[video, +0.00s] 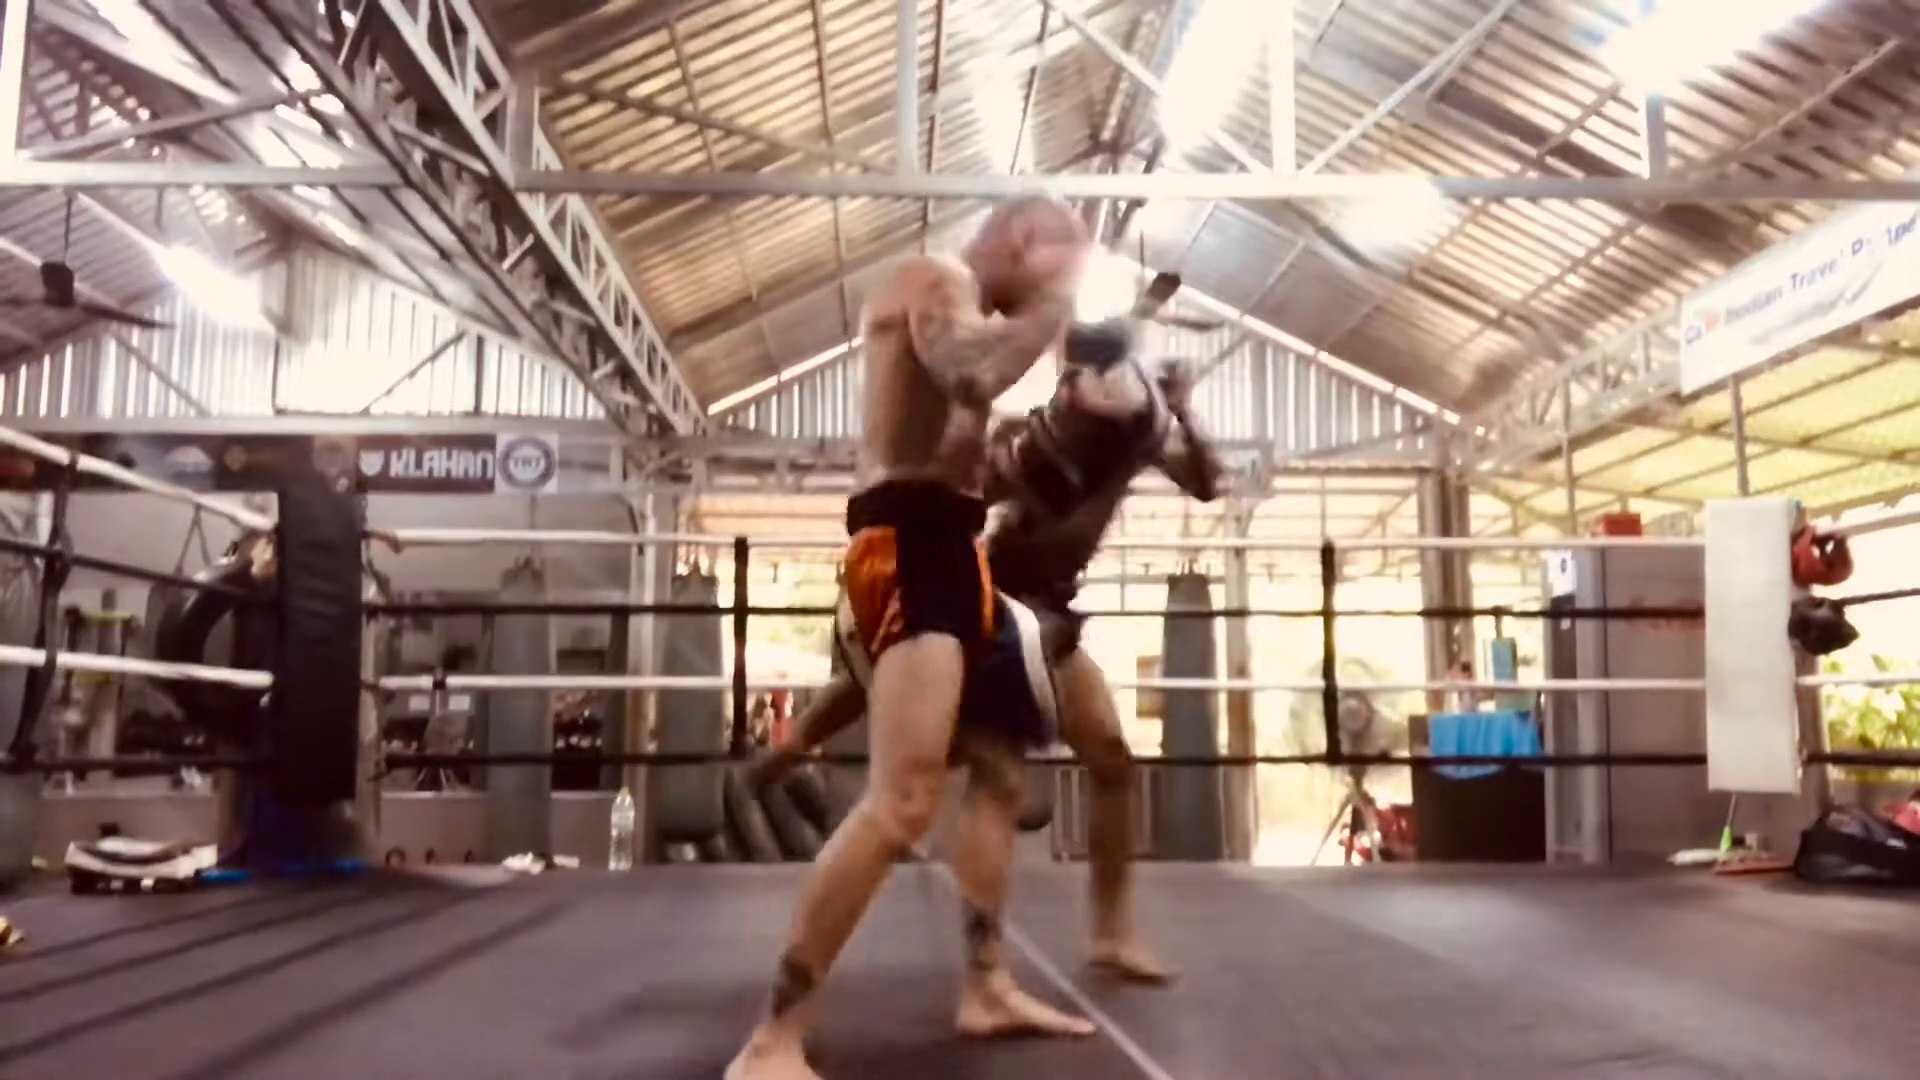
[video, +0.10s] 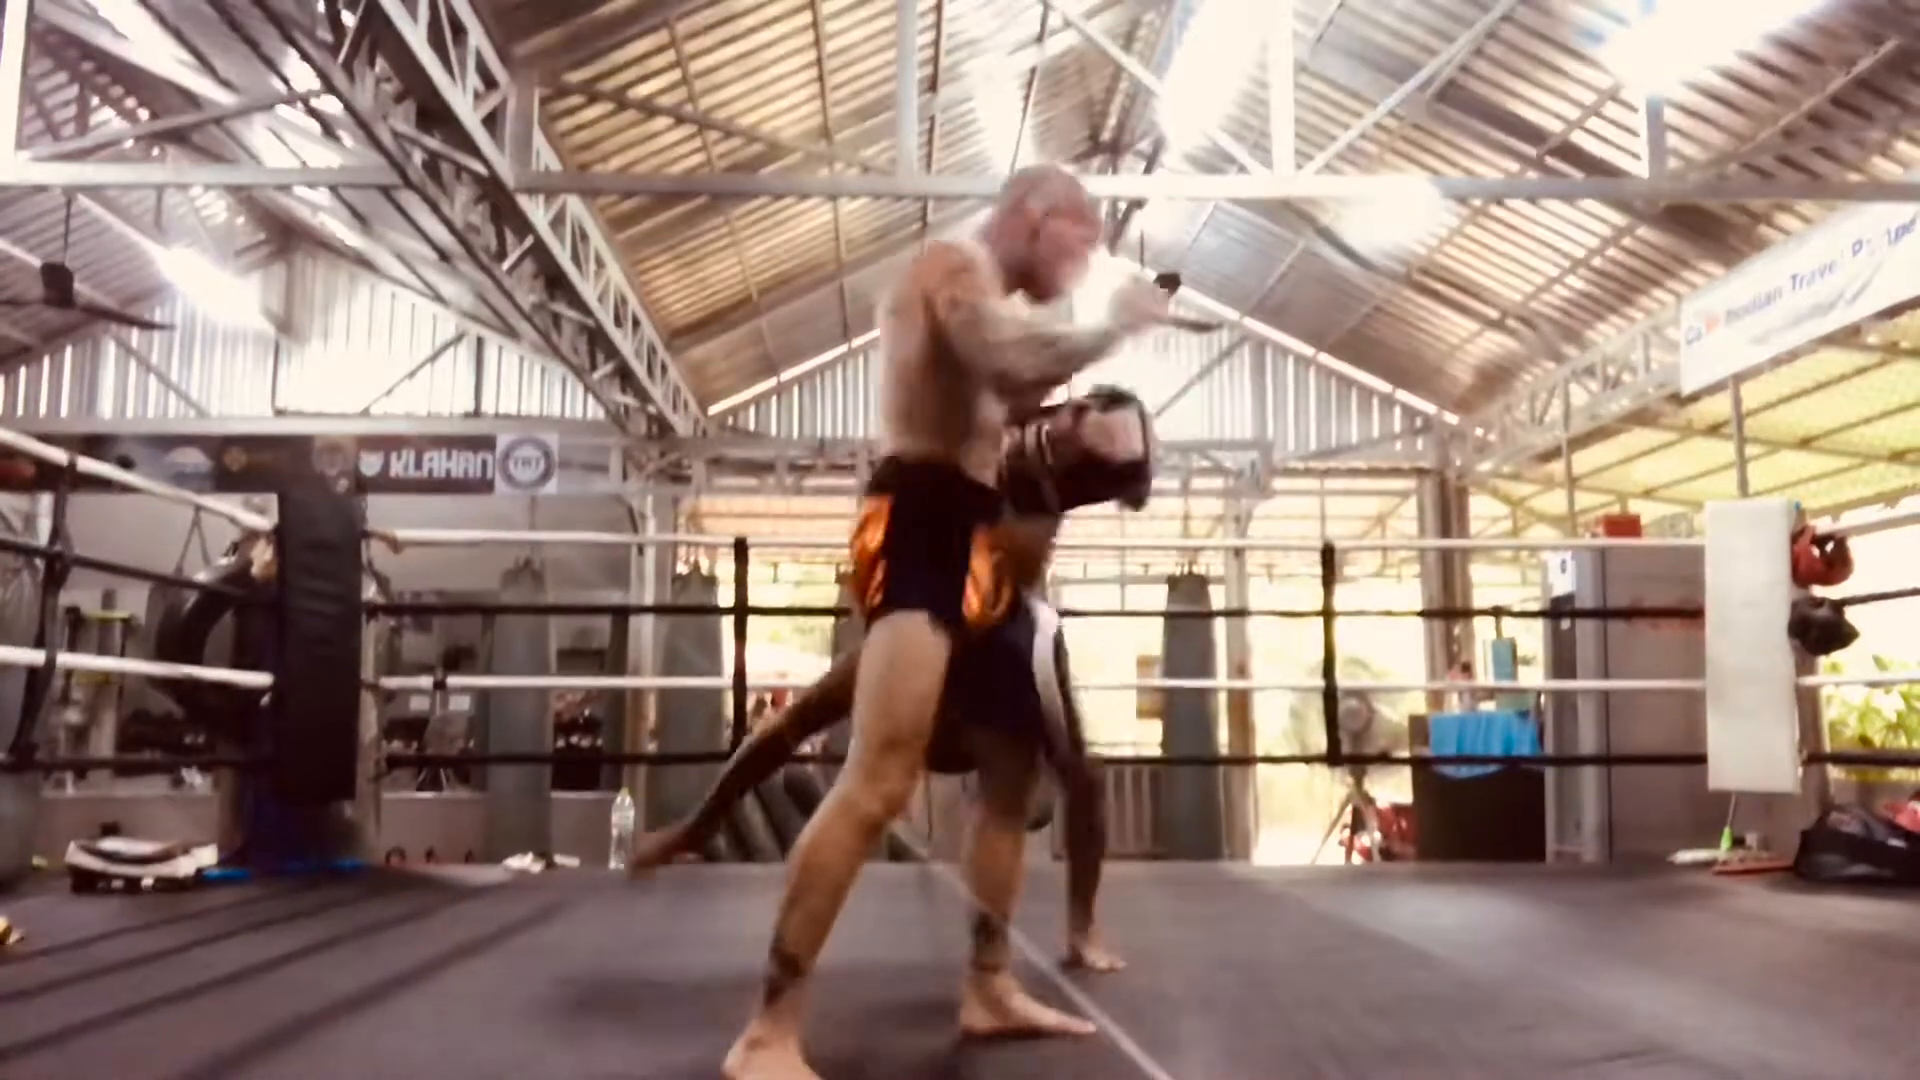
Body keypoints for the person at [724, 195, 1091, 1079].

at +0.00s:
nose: (1048, 286)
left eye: (1054, 272)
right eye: (1046, 265)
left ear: (1010, 245)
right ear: (1013, 240)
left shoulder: (971, 317)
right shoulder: (928, 277)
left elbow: (954, 467)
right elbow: (969, 372)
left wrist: (1022, 453)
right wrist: (1057, 308)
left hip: (956, 544)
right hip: (910, 539)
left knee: (998, 782)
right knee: (900, 804)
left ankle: (986, 987)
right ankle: (774, 1042)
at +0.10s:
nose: (1086, 264)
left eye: (1092, 248)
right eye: (1082, 242)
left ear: (1035, 220)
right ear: (1036, 217)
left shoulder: (1004, 304)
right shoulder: (951, 262)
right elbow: (1001, 356)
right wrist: (1117, 322)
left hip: (982, 536)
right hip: (922, 521)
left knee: (1014, 775)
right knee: (877, 784)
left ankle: (990, 987)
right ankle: (768, 1033)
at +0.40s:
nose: (1147, 254)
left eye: (1143, 239)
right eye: (1141, 237)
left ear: (1075, 231)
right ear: (1115, 229)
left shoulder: (1010, 314)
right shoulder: (1097, 277)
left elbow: (920, 438)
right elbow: (1166, 412)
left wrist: (974, 509)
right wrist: (1178, 455)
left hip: (991, 524)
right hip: (1033, 523)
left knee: (1083, 780)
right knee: (973, 782)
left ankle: (1075, 1004)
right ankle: (802, 993)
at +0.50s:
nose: (1162, 252)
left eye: (1155, 240)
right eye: (1158, 240)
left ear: (1082, 244)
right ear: (1144, 237)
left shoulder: (1028, 326)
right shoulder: (1149, 289)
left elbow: (946, 432)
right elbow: (1196, 411)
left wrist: (1007, 500)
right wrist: (1184, 478)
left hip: (1016, 533)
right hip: (1091, 520)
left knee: (1080, 788)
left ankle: (1077, 1006)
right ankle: (921, 942)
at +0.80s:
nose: (1187, 252)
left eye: (1179, 238)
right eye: (1217, 234)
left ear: (1173, 242)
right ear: (1232, 239)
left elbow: (1057, 412)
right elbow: (1360, 435)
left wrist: (1114, 448)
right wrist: (1286, 463)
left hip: (1183, 539)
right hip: (1287, 528)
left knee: (1131, 783)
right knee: (1392, 753)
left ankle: (1092, 1003)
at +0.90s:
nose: (1199, 288)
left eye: (1202, 274)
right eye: (1200, 278)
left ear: (1226, 255)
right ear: (1275, 253)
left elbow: (1186, 423)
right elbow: (1408, 452)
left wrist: (1138, 447)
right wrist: (1323, 470)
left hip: (1255, 553)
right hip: (1357, 542)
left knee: (1168, 789)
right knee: (1444, 781)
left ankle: (1112, 1006)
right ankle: (1559, 984)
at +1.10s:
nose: (1286, 287)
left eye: (1288, 268)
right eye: (1280, 273)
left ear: (1317, 249)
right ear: (1350, 247)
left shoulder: (1338, 303)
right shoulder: (1436, 313)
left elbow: (1411, 386)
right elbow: (1454, 396)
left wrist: (1316, 422)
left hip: (1385, 547)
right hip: (1468, 538)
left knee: (1295, 755)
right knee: (1494, 776)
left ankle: (1292, 1002)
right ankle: (1582, 994)